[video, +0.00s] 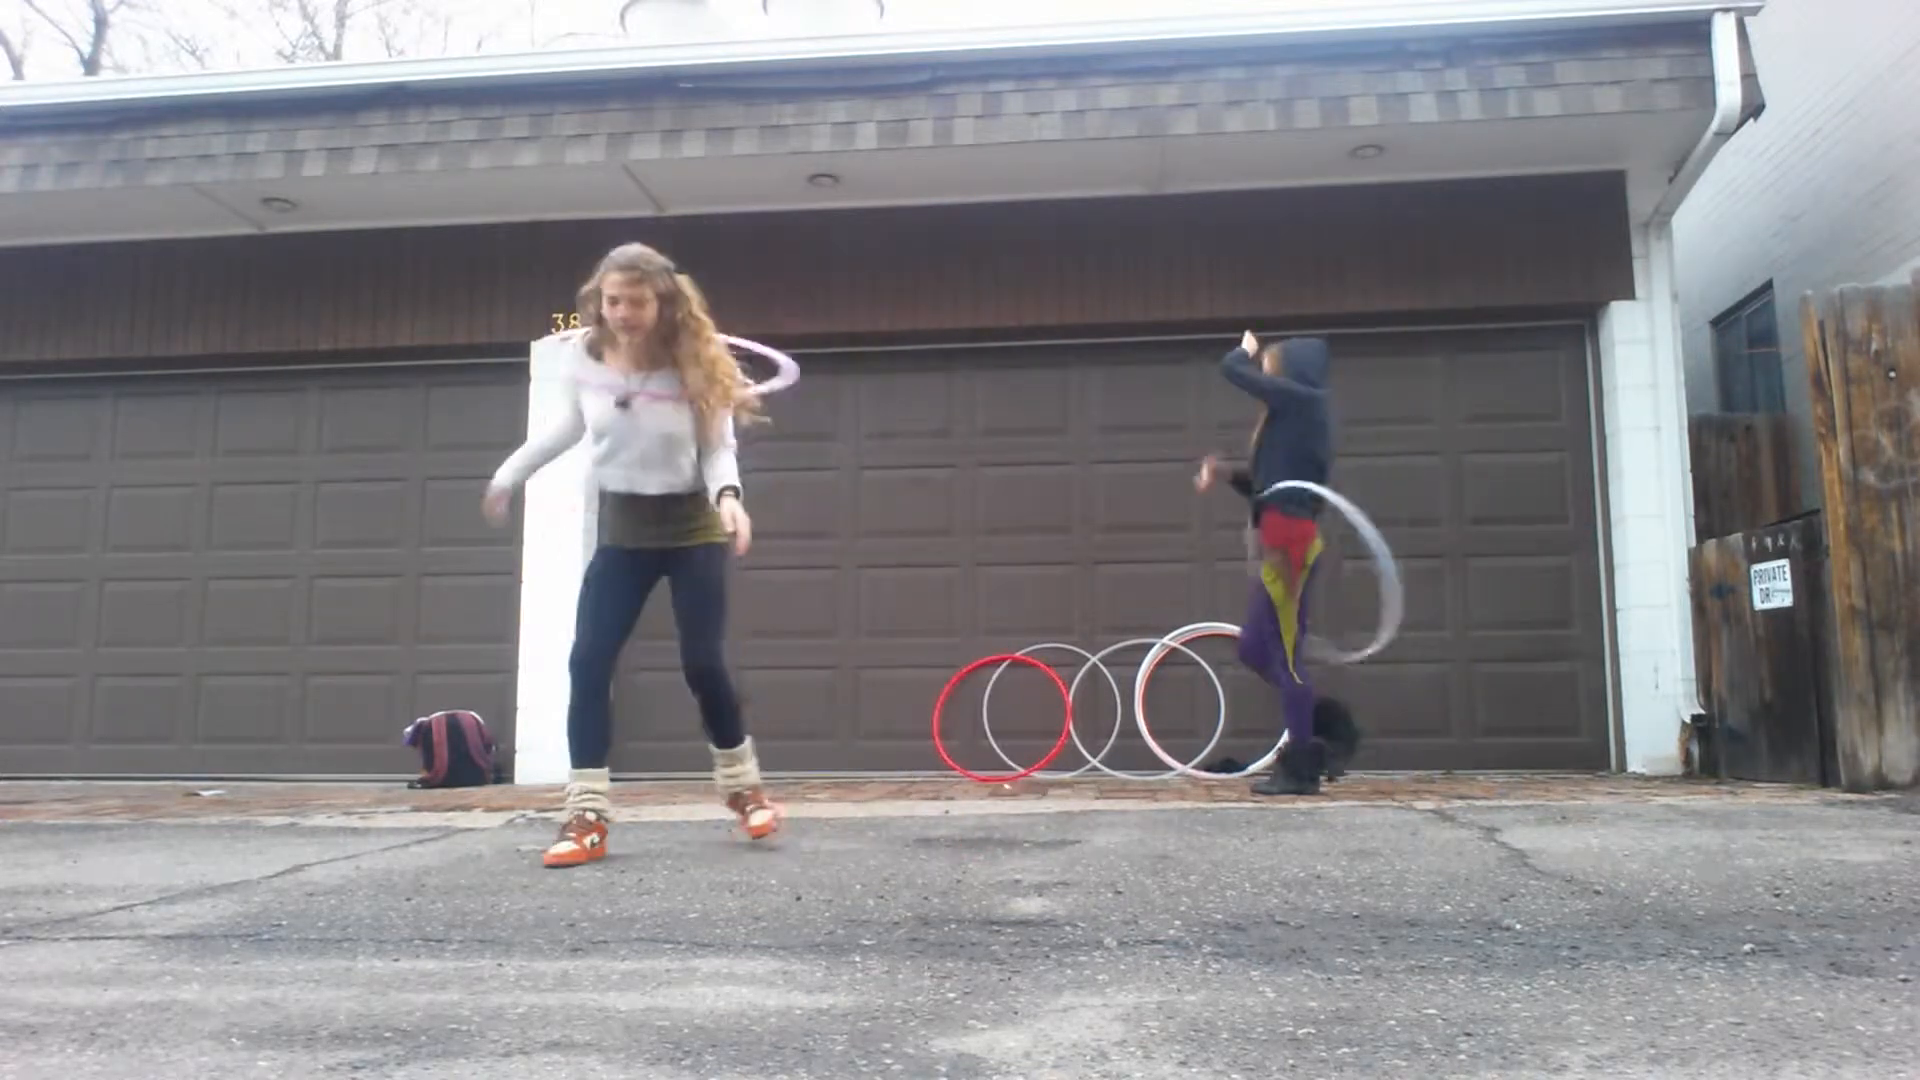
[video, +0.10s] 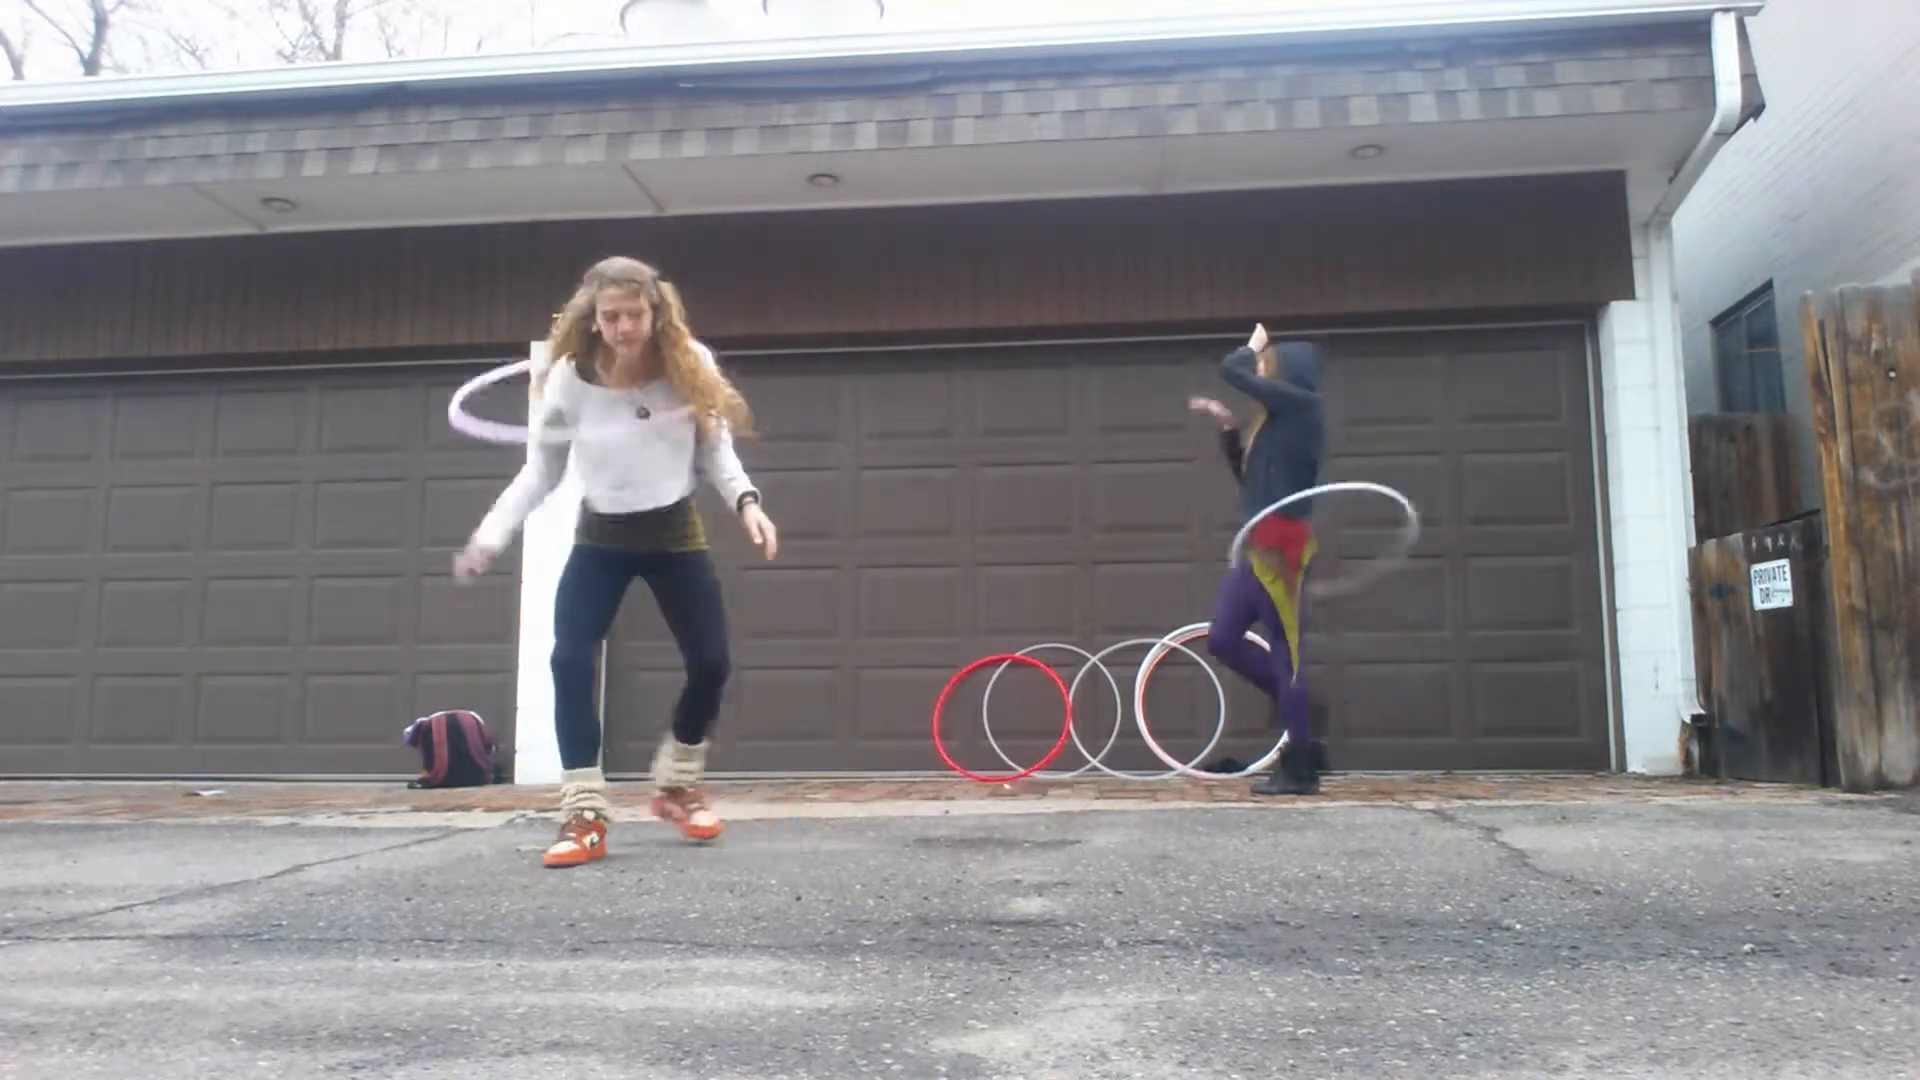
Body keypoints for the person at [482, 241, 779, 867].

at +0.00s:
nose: (621, 313)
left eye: (634, 301)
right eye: (611, 301)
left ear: (663, 302)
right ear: (600, 304)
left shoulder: (699, 362)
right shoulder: (587, 363)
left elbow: (718, 443)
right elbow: (568, 428)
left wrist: (728, 495)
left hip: (695, 531)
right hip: (623, 535)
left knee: (703, 663)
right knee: (588, 662)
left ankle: (744, 790)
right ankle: (587, 813)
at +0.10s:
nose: (623, 328)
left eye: (633, 315)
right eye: (611, 316)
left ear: (655, 314)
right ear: (595, 320)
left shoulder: (687, 367)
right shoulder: (569, 378)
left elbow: (716, 452)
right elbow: (540, 470)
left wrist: (747, 502)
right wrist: (489, 535)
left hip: (676, 537)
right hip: (600, 540)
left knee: (712, 663)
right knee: (570, 658)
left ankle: (677, 785)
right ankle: (585, 813)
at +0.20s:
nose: (645, 334)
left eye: (651, 321)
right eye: (630, 325)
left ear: (661, 318)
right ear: (601, 329)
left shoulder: (684, 363)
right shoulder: (579, 393)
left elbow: (716, 433)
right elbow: (575, 490)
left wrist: (760, 491)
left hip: (651, 543)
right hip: (585, 542)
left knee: (687, 671)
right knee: (584, 669)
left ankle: (603, 782)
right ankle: (582, 813)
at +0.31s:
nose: (661, 333)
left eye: (667, 320)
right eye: (648, 325)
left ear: (676, 318)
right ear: (621, 331)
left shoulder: (674, 371)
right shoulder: (605, 385)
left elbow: (710, 434)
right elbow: (632, 489)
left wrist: (766, 472)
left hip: (631, 530)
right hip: (601, 531)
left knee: (627, 678)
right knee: (631, 676)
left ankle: (553, 809)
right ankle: (587, 812)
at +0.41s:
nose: (697, 324)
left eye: (696, 312)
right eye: (688, 313)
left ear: (648, 320)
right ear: (658, 319)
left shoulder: (621, 369)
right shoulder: (643, 383)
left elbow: (674, 430)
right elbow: (676, 479)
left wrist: (746, 452)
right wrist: (760, 501)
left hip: (594, 534)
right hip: (626, 539)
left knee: (615, 682)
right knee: (687, 675)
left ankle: (552, 811)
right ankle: (624, 809)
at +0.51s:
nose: (707, 314)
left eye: (706, 302)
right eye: (702, 302)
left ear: (642, 301)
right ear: (681, 305)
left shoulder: (605, 358)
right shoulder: (678, 367)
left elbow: (620, 441)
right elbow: (702, 466)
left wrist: (699, 429)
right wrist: (766, 463)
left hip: (597, 533)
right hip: (655, 538)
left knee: (599, 681)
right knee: (695, 667)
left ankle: (550, 813)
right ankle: (695, 806)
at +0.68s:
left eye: (647, 283)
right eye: (724, 287)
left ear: (654, 294)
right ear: (717, 295)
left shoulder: (627, 363)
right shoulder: (744, 349)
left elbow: (621, 452)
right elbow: (770, 443)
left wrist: (672, 457)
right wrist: (766, 480)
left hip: (651, 508)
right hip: (722, 510)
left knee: (626, 666)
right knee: (710, 673)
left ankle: (578, 810)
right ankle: (765, 806)